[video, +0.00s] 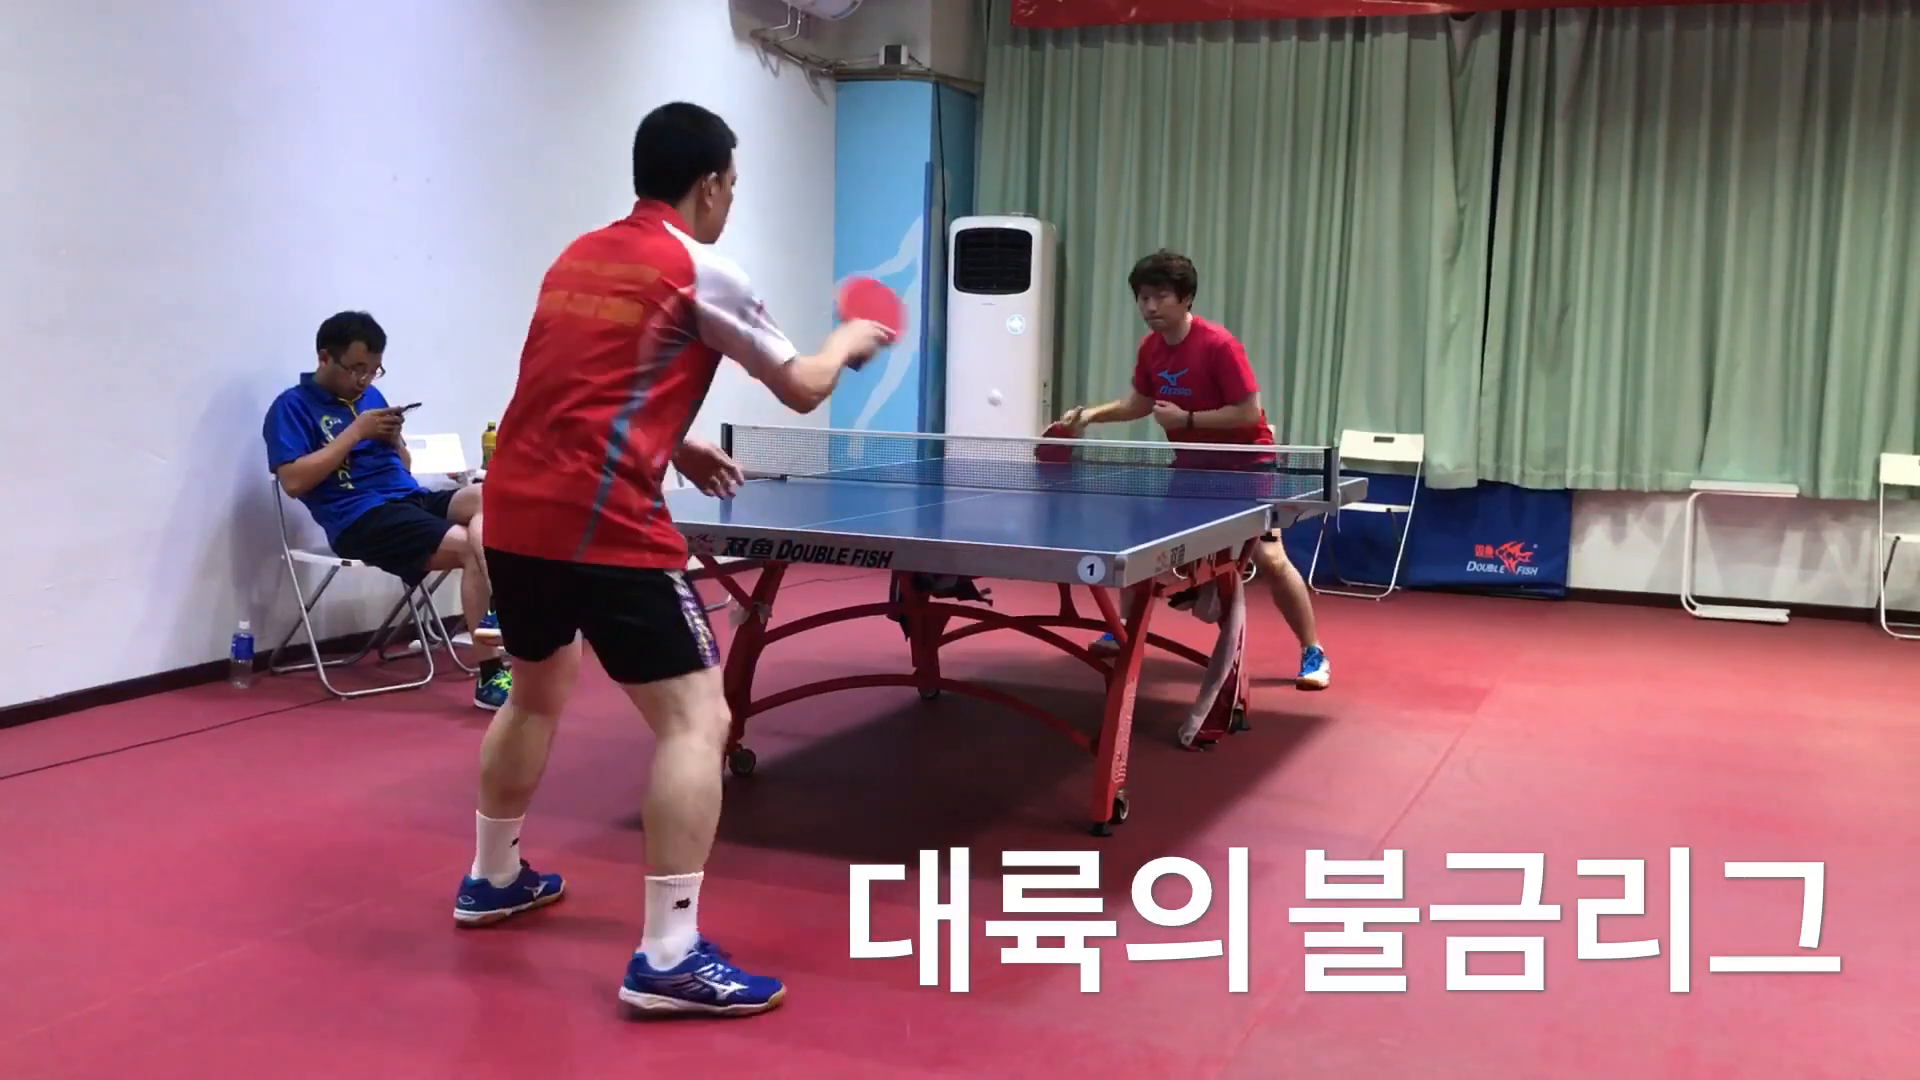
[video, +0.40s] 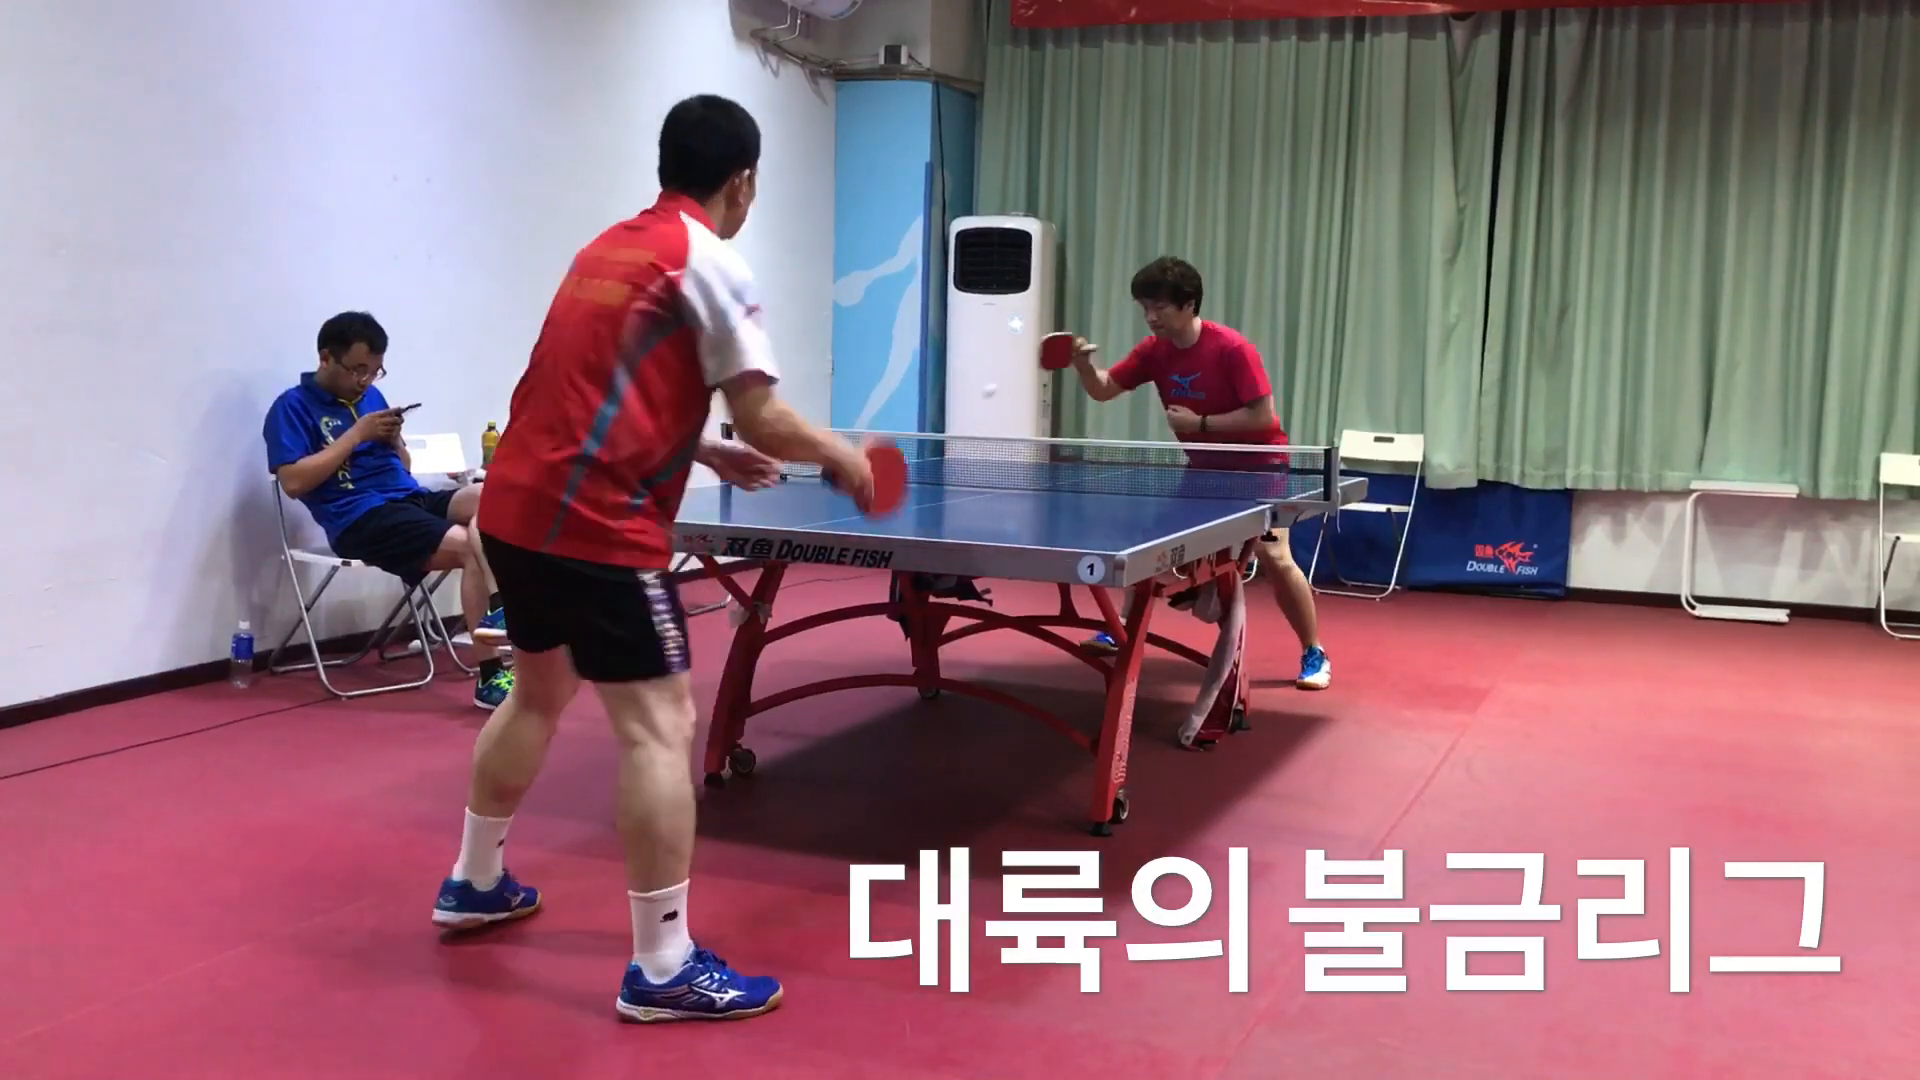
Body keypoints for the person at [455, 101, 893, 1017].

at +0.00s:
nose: (729, 202)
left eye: (729, 185)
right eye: (729, 185)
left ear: (642, 178)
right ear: (707, 185)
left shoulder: (575, 255)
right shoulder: (701, 271)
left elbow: (578, 387)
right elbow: (800, 387)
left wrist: (676, 445)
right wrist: (851, 338)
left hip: (509, 522)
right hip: (608, 527)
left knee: (535, 694)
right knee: (694, 720)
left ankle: (491, 877)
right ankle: (668, 954)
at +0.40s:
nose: (753, 197)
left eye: (751, 182)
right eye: (755, 182)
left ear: (668, 171)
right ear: (739, 183)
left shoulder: (610, 247)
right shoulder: (709, 264)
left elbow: (618, 396)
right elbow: (761, 418)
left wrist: (715, 452)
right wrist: (838, 453)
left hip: (512, 512)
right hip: (600, 528)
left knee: (538, 691)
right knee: (658, 729)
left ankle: (472, 883)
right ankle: (664, 966)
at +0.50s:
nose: (758, 224)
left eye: (759, 208)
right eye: (759, 207)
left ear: (680, 193)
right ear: (738, 206)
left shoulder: (639, 263)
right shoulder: (676, 278)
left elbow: (663, 420)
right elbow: (682, 430)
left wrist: (751, 464)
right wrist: (798, 504)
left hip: (512, 525)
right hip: (577, 536)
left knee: (550, 710)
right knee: (657, 729)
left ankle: (470, 889)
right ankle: (664, 966)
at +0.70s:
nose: (726, 221)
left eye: (730, 205)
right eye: (726, 202)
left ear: (668, 181)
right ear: (694, 190)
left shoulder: (631, 250)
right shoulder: (615, 235)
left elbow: (591, 384)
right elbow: (557, 358)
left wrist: (654, 456)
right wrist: (695, 402)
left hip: (526, 519)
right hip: (560, 522)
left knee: (552, 705)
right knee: (640, 714)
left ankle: (471, 887)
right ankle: (664, 952)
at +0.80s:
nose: (704, 190)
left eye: (705, 173)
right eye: (704, 172)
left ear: (625, 155)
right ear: (677, 164)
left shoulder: (579, 217)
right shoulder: (619, 219)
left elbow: (557, 375)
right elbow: (666, 359)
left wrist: (631, 447)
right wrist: (727, 333)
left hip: (504, 500)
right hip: (565, 502)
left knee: (539, 693)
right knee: (644, 697)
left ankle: (470, 884)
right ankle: (647, 939)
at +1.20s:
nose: (707, 186)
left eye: (704, 173)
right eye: (705, 173)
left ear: (612, 172)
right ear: (690, 178)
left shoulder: (551, 255)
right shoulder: (692, 274)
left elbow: (540, 406)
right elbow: (751, 425)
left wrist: (651, 458)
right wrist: (797, 423)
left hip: (499, 526)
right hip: (600, 544)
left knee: (518, 684)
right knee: (677, 734)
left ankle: (462, 871)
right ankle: (638, 967)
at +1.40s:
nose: (747, 215)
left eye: (747, 197)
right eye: (746, 197)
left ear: (666, 190)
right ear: (718, 198)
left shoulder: (629, 257)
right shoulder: (652, 269)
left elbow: (629, 422)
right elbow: (625, 422)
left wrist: (732, 499)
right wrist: (737, 506)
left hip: (499, 530)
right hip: (555, 542)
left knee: (525, 708)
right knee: (641, 733)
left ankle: (439, 885)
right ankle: (635, 970)